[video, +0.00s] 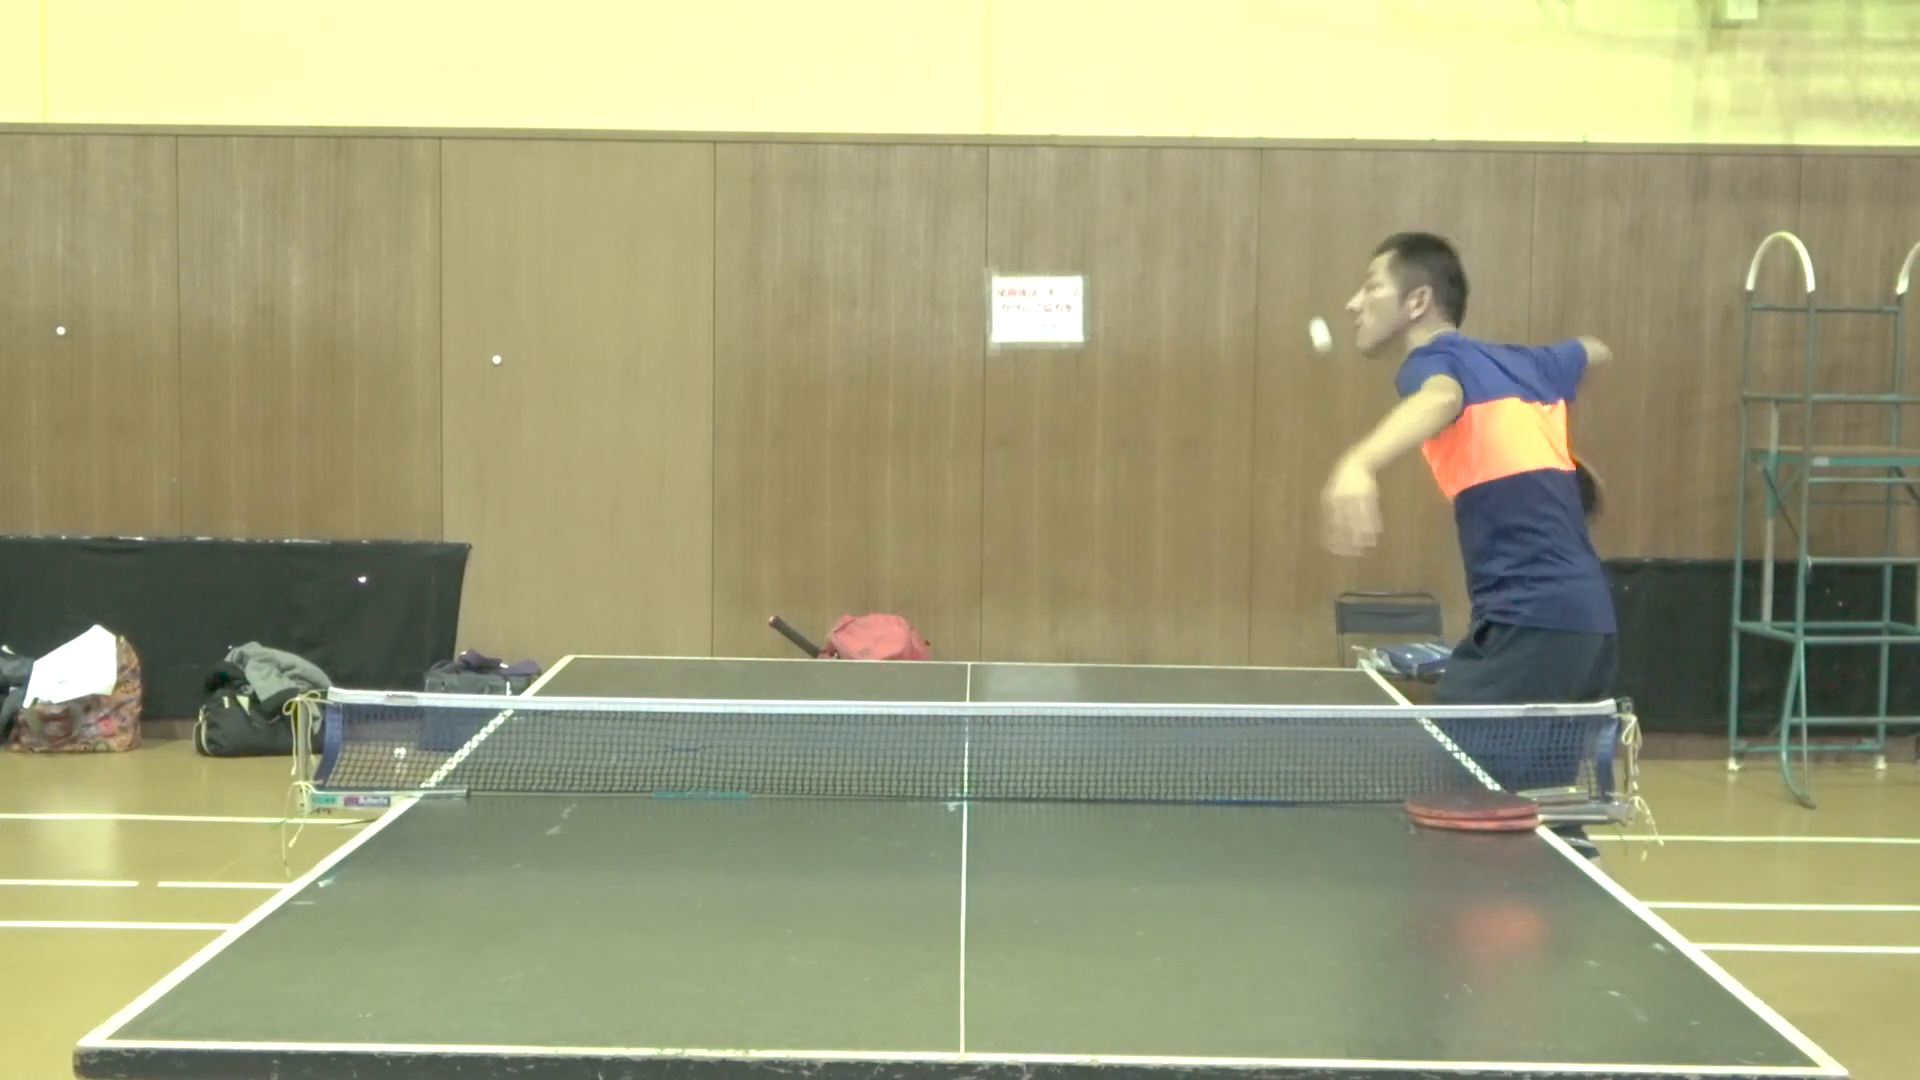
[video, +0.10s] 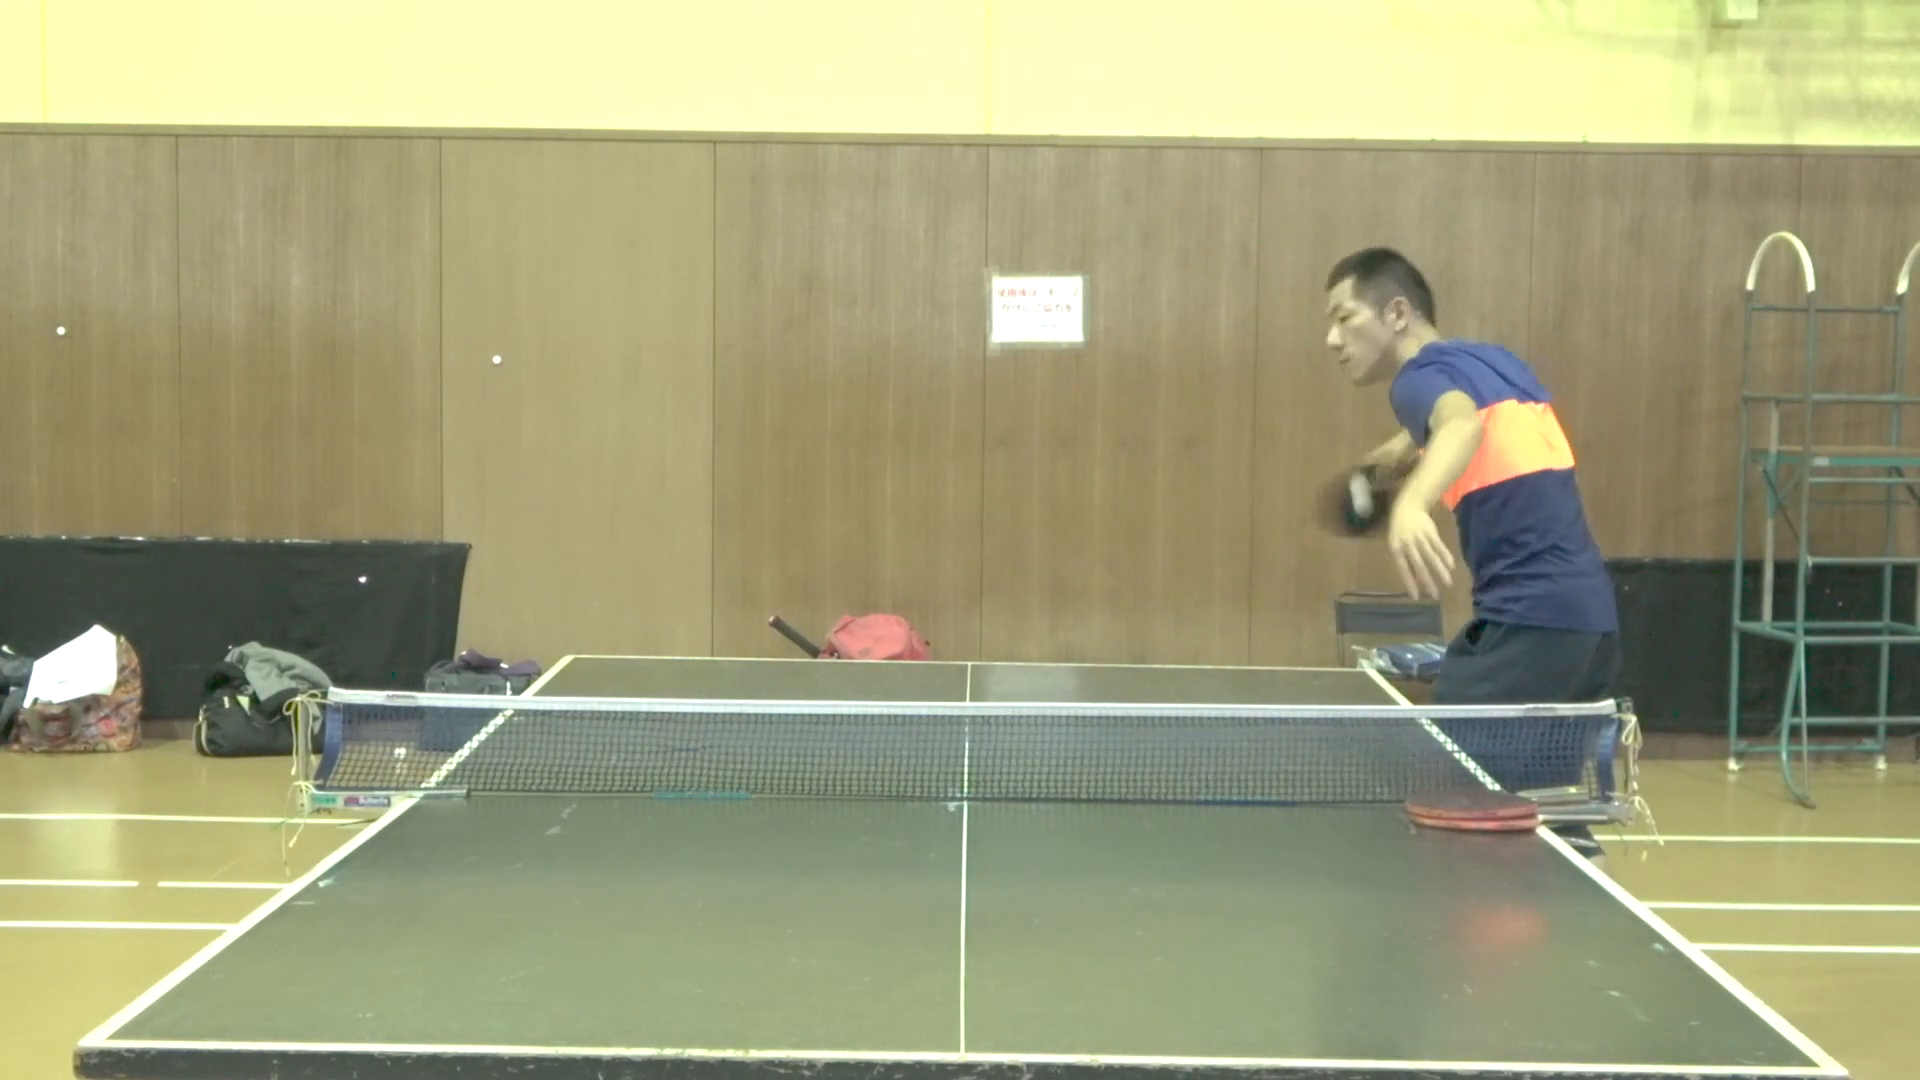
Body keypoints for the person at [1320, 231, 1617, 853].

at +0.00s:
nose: (1353, 303)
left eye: (1371, 286)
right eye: (1360, 286)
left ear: (1419, 300)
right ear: (1428, 300)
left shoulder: (1435, 355)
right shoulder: (1525, 361)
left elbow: (1442, 398)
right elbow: (1595, 349)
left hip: (1531, 626)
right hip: (1589, 628)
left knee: (1430, 795)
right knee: (1537, 809)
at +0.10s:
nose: (1332, 340)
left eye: (1344, 318)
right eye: (1331, 324)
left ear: (1398, 314)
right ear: (1401, 317)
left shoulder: (1422, 373)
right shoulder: (1502, 362)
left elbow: (1458, 423)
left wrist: (1414, 502)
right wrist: (1390, 461)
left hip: (1528, 626)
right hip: (1592, 627)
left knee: (1443, 797)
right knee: (1543, 806)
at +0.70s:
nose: (1313, 382)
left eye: (1297, 367)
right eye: (1297, 371)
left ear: (1311, 340)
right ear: (1355, 317)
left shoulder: (1387, 379)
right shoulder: (1448, 364)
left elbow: (1474, 461)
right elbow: (1527, 469)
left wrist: (1433, 584)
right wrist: (1418, 507)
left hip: (1501, 620)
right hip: (1557, 622)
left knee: (1415, 780)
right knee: (1524, 803)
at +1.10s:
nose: (1426, 438)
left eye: (1420, 427)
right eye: (1421, 428)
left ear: (1430, 408)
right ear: (1488, 388)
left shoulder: (1445, 439)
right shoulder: (1578, 427)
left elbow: (1465, 570)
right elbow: (1670, 560)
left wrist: (1450, 693)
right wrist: (1639, 642)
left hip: (1561, 629)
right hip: (1653, 636)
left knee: (1444, 783)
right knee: (1624, 804)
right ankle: (1640, 979)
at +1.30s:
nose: (1448, 505)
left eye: (1444, 493)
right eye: (1442, 496)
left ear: (1455, 468)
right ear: (1509, 448)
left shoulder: (1471, 507)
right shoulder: (1598, 464)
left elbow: (1507, 646)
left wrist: (1503, 738)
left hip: (1601, 642)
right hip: (1696, 643)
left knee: (1480, 783)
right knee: (1639, 810)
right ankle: (1646, 976)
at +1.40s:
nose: (1444, 509)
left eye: (1437, 497)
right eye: (1436, 500)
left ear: (1451, 467)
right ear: (1502, 448)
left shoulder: (1473, 515)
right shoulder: (1595, 466)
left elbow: (1510, 648)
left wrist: (1503, 738)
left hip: (1610, 649)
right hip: (1702, 648)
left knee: (1492, 784)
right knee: (1637, 809)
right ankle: (1647, 972)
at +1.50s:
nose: (1420, 485)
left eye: (1415, 466)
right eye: (1412, 470)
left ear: (1444, 441)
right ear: (1491, 429)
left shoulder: (1466, 498)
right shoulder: (1581, 455)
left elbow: (1504, 646)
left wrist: (1471, 740)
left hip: (1608, 649)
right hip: (1699, 649)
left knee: (1476, 782)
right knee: (1628, 807)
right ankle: (1642, 977)